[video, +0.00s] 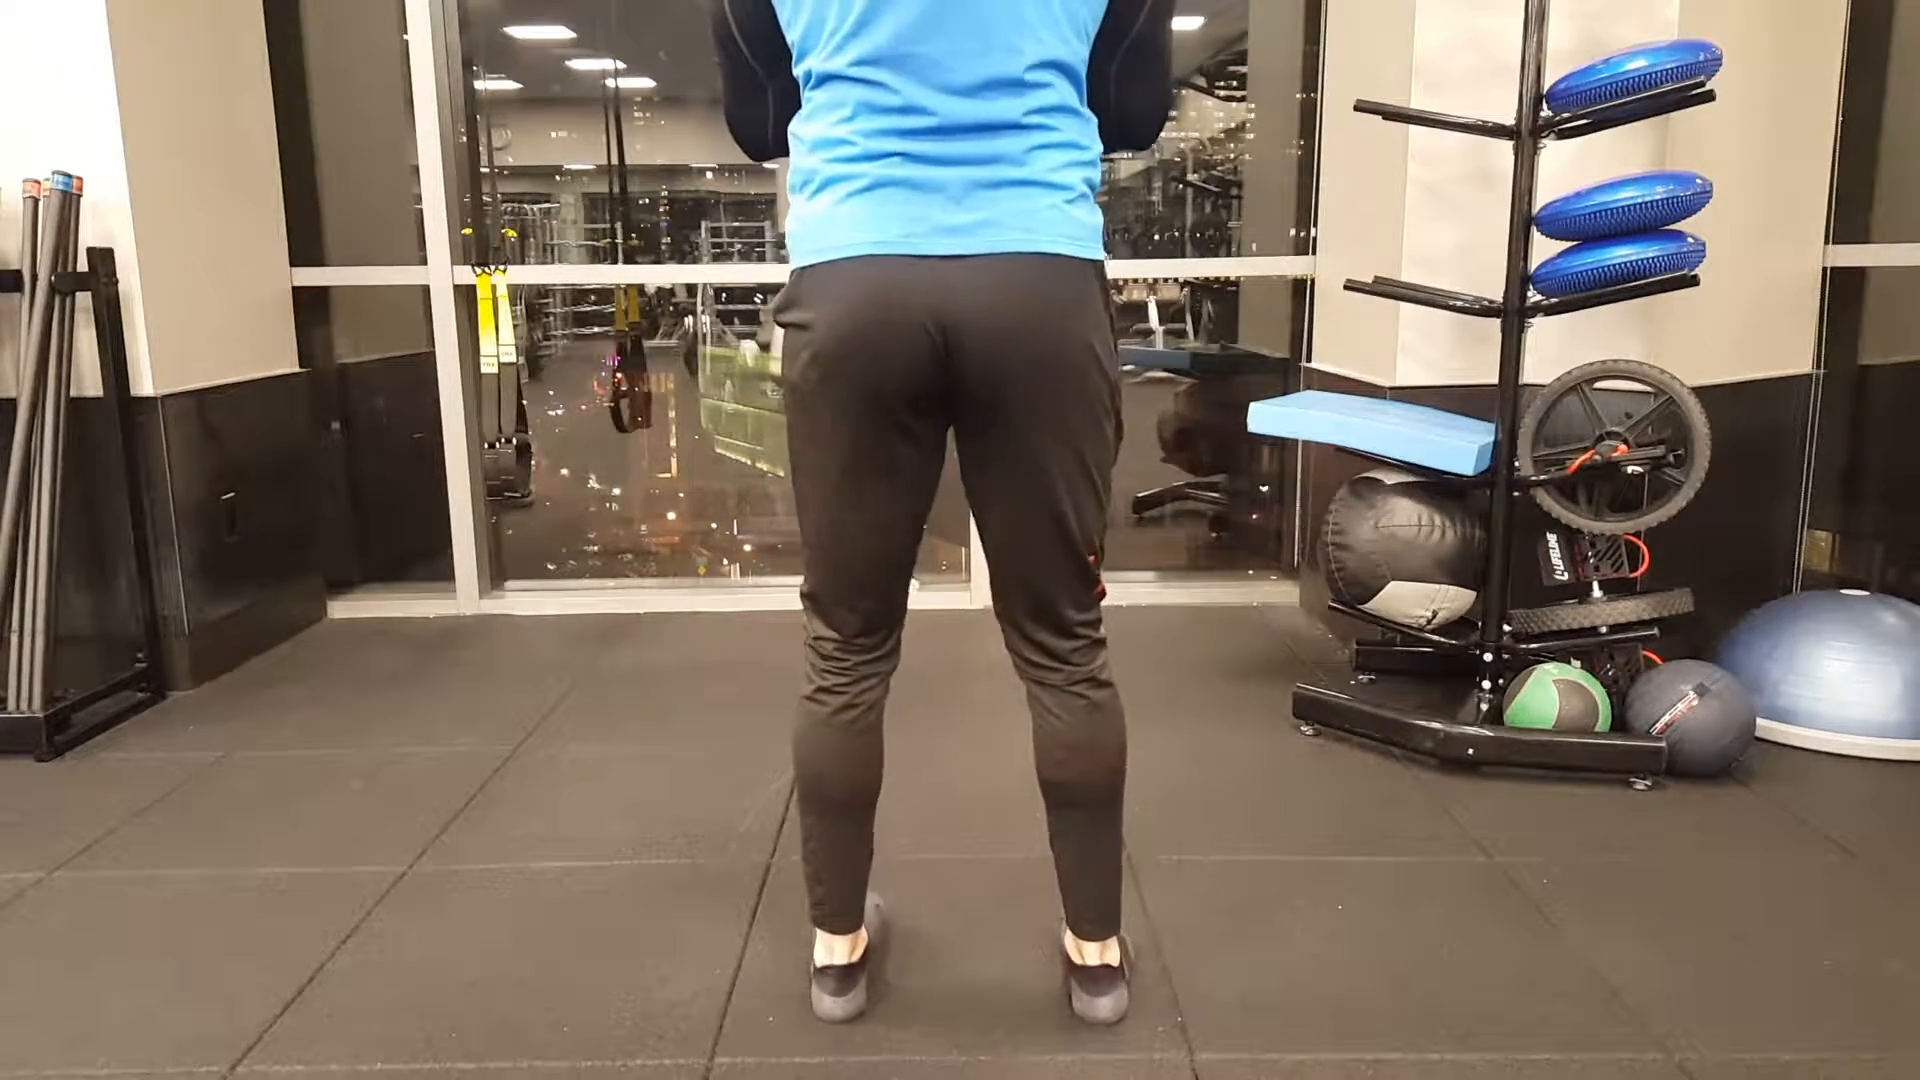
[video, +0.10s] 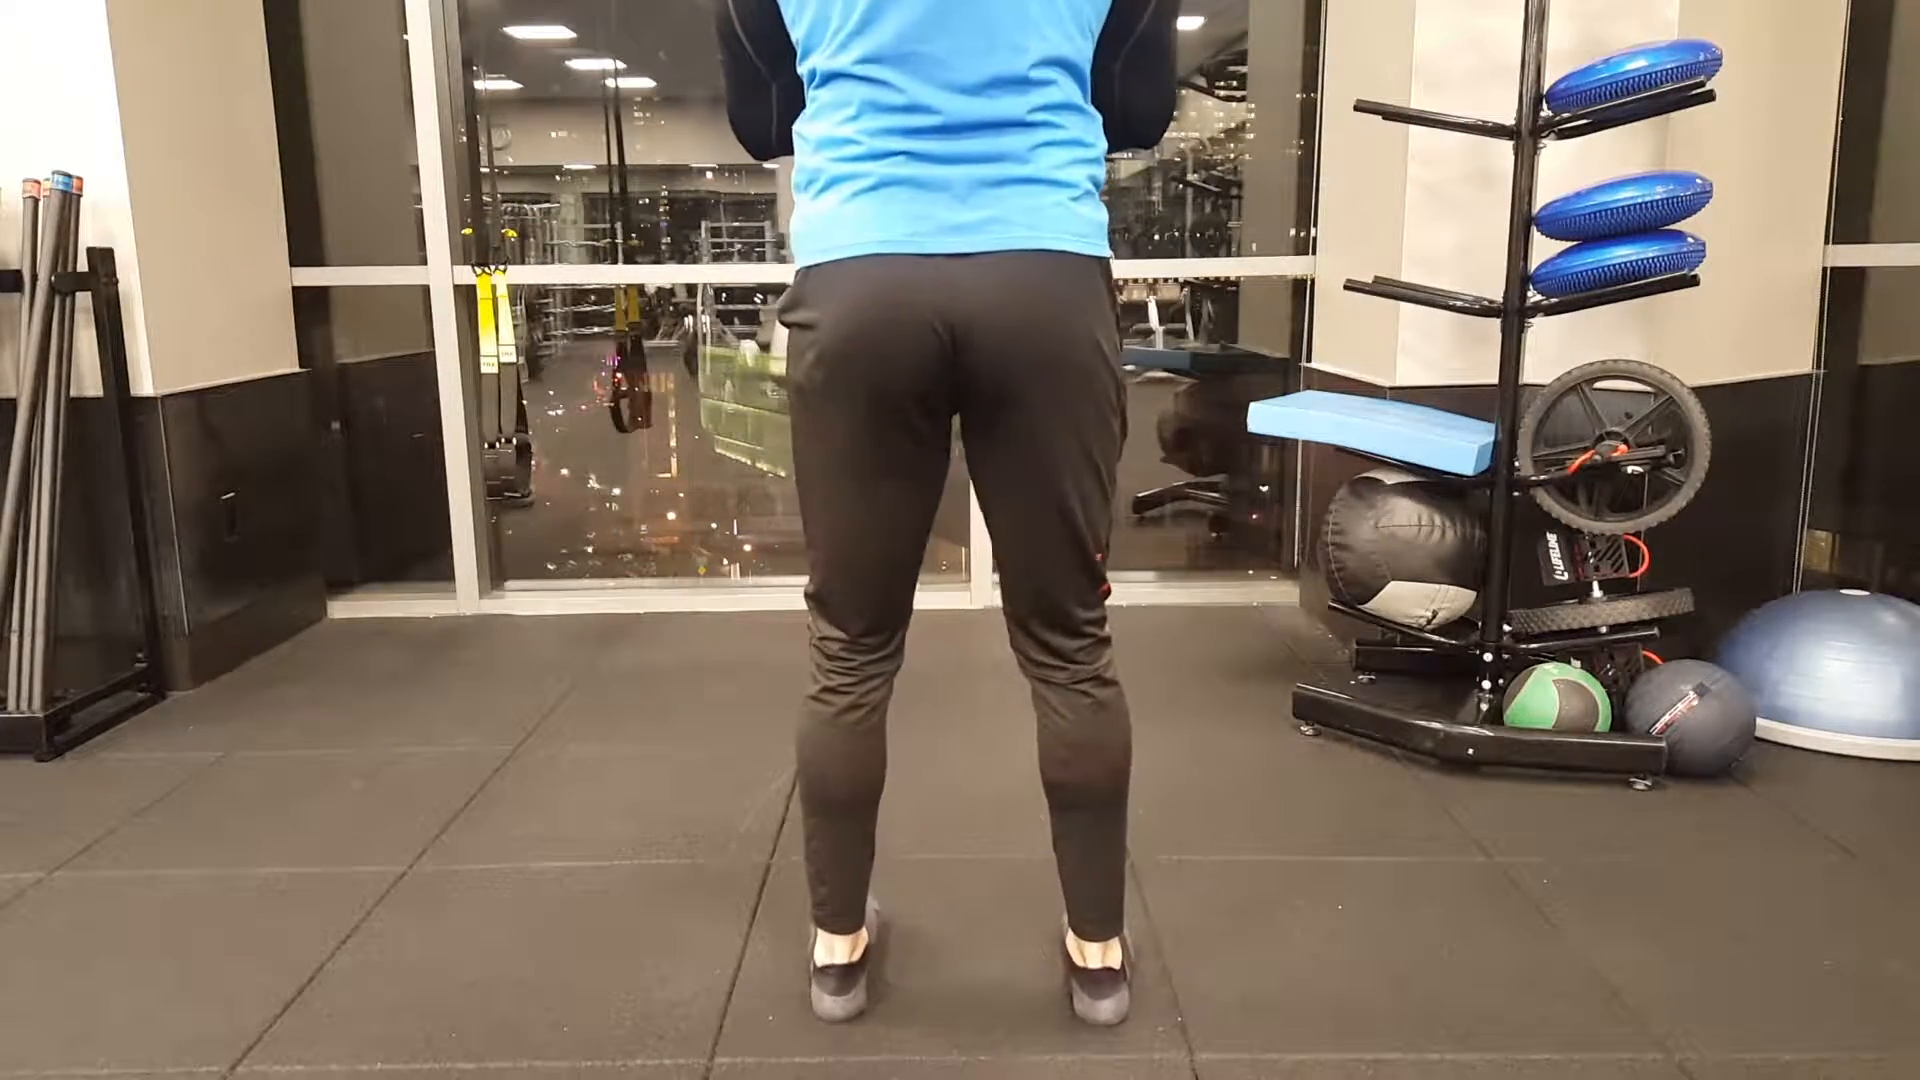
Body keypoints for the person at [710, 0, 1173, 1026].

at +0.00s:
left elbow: (759, 126)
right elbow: (1134, 117)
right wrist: (1011, 71)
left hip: (854, 278)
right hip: (1039, 278)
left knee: (845, 645)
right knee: (1062, 637)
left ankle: (836, 954)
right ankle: (1096, 958)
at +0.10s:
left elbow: (763, 126)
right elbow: (1139, 115)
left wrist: (886, 78)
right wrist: (1009, 86)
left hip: (858, 277)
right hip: (1043, 275)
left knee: (849, 646)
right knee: (1067, 637)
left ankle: (837, 955)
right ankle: (1098, 959)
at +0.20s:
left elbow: (765, 123)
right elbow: (1145, 110)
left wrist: (886, 77)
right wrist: (1015, 85)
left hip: (865, 276)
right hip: (1049, 275)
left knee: (852, 647)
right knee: (1068, 639)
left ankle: (838, 953)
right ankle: (1097, 957)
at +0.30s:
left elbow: (765, 119)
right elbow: (1147, 107)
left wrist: (892, 84)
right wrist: (1017, 95)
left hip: (863, 273)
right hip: (1046, 269)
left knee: (858, 643)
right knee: (1065, 636)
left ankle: (842, 953)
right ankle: (1095, 955)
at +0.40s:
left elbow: (757, 113)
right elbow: (1149, 103)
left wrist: (877, 83)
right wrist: (1024, 108)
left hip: (861, 264)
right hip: (1041, 264)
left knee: (850, 644)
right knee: (1065, 632)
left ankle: (837, 954)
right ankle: (1097, 954)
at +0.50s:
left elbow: (757, 111)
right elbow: (1150, 104)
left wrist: (883, 91)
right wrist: (1024, 118)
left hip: (862, 258)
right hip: (1043, 262)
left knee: (851, 643)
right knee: (1067, 624)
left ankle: (837, 953)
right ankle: (1101, 947)